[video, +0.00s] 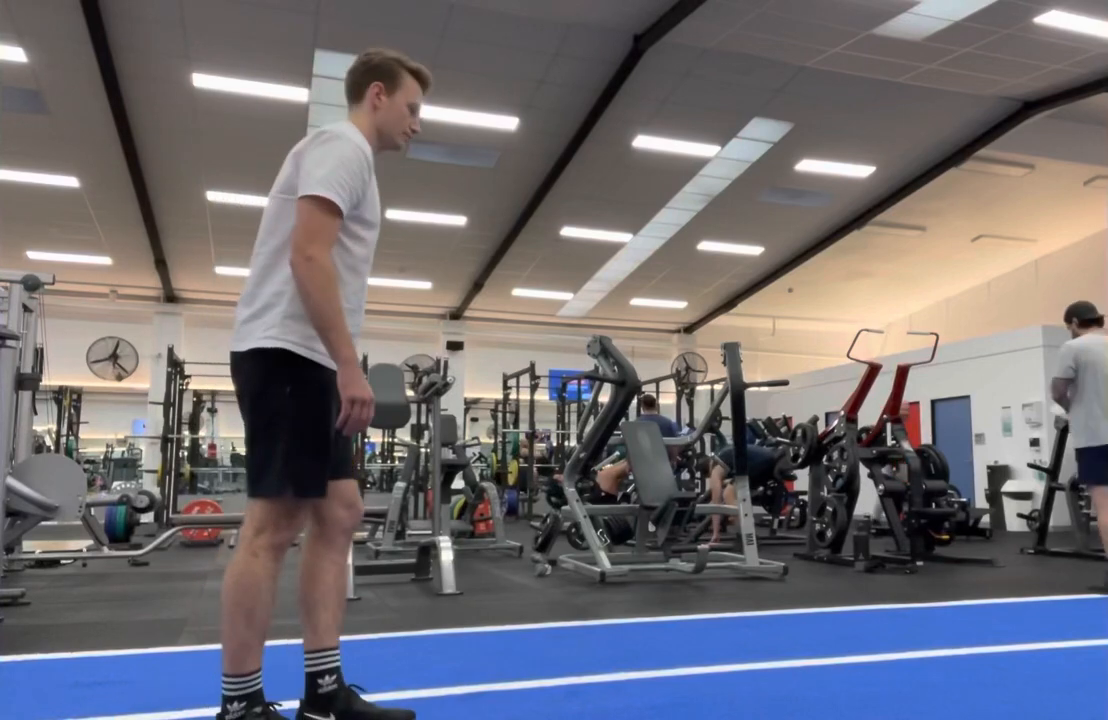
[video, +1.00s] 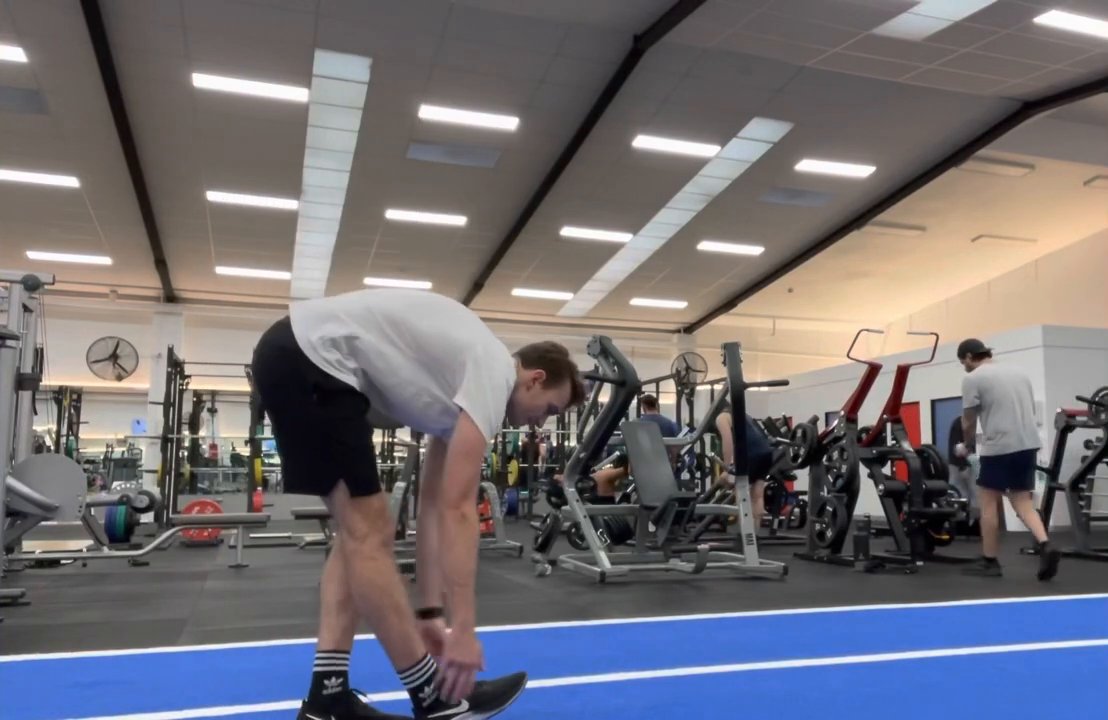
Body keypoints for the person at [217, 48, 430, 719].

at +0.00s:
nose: (418, 121)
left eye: (421, 110)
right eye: (413, 106)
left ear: (374, 99)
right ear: (376, 96)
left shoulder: (346, 155)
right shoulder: (341, 147)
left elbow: (305, 267)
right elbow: (309, 257)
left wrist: (340, 368)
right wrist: (350, 365)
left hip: (308, 358)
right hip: (286, 354)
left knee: (340, 513)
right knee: (271, 526)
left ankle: (324, 689)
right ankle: (240, 703)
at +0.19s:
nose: (458, 158)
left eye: (462, 146)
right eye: (456, 142)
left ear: (421, 127)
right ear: (424, 124)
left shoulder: (370, 168)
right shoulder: (382, 164)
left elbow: (327, 272)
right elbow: (338, 264)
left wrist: (353, 377)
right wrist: (361, 375)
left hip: (301, 356)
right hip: (309, 355)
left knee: (335, 520)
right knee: (365, 513)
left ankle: (324, 690)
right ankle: (263, 686)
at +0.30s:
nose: (483, 189)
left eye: (488, 179)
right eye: (482, 174)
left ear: (448, 155)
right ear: (453, 154)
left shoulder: (378, 179)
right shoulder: (408, 184)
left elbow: (328, 278)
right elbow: (354, 280)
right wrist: (360, 393)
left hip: (287, 355)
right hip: (315, 358)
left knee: (338, 521)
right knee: (391, 507)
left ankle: (320, 679)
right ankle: (318, 680)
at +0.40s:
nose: (504, 228)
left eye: (510, 220)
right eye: (504, 213)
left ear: (474, 196)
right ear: (477, 191)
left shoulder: (417, 212)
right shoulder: (431, 215)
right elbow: (371, 306)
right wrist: (359, 422)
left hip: (288, 354)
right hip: (310, 355)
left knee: (342, 524)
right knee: (385, 509)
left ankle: (325, 688)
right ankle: (392, 687)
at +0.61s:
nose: (532, 317)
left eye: (539, 308)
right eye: (536, 303)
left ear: (508, 281)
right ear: (513, 279)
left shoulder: (453, 286)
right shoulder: (460, 289)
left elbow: (385, 392)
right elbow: (396, 393)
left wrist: (369, 500)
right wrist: (368, 505)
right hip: (300, 361)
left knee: (351, 523)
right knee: (370, 527)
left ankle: (327, 692)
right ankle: (432, 691)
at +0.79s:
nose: (538, 392)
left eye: (548, 385)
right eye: (545, 379)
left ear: (523, 348)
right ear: (527, 350)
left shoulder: (469, 343)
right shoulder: (478, 349)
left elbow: (402, 467)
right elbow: (418, 468)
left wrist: (393, 574)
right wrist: (396, 585)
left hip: (290, 354)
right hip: (301, 360)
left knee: (350, 532)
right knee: (363, 535)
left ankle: (327, 693)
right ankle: (429, 693)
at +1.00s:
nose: (541, 421)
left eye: (551, 415)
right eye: (549, 408)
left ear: (531, 375)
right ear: (534, 379)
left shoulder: (467, 372)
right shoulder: (490, 369)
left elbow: (433, 504)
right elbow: (457, 507)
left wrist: (429, 613)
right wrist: (464, 630)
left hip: (298, 354)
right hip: (310, 358)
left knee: (356, 529)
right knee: (369, 530)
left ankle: (327, 692)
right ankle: (434, 695)